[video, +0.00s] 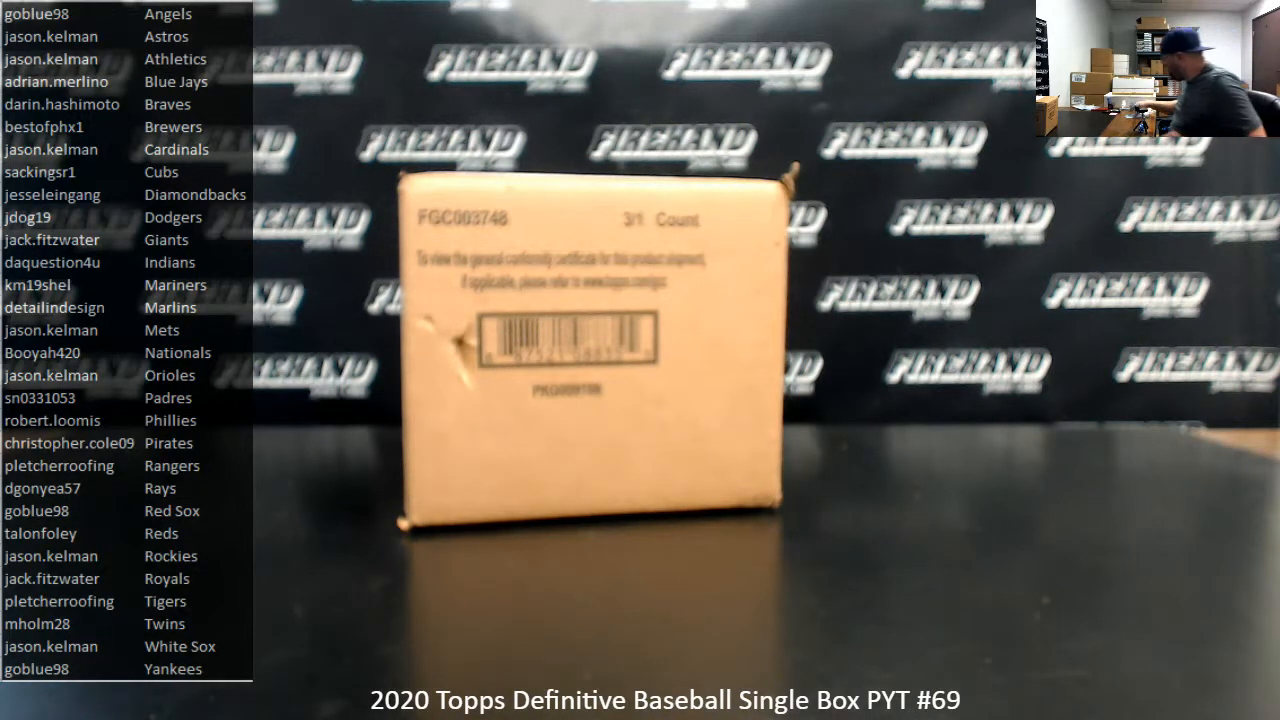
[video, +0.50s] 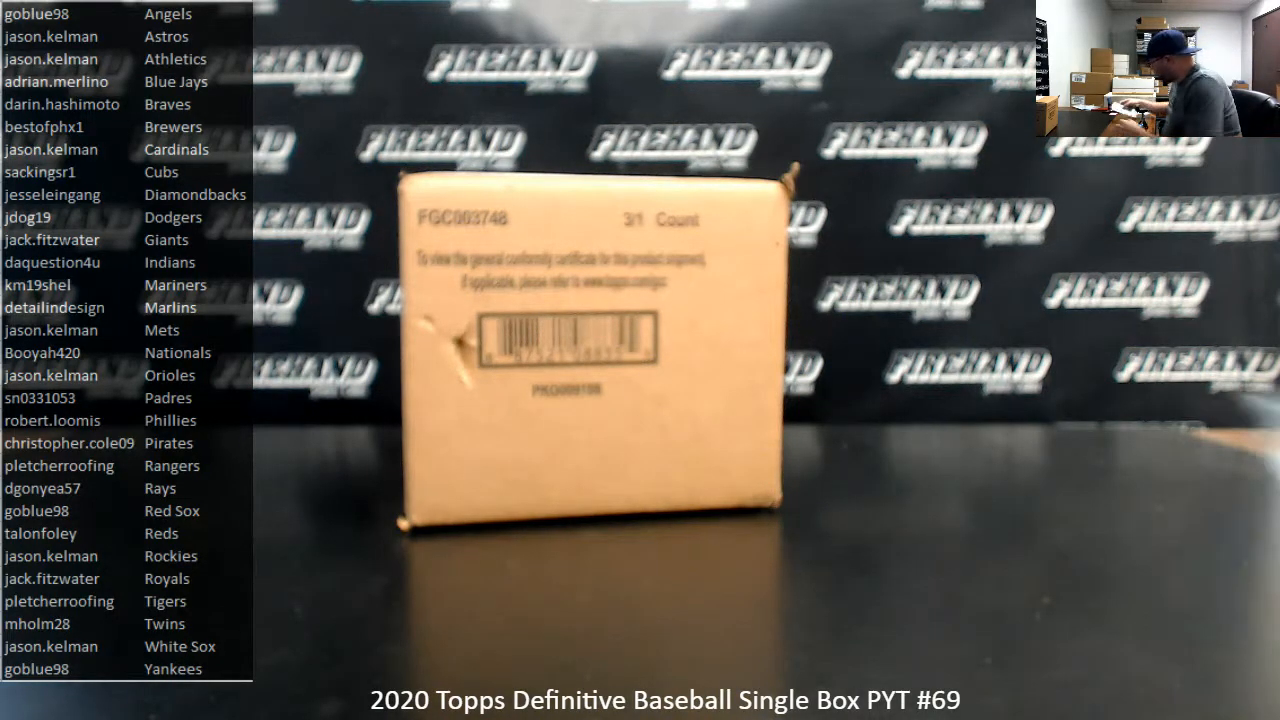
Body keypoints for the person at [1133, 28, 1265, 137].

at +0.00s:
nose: (1164, 66)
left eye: (1165, 59)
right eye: (1163, 60)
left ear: (1179, 57)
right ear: (1180, 57)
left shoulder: (1222, 83)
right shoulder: (1192, 83)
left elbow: (1258, 137)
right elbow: (1181, 108)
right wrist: (1150, 104)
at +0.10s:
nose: (1155, 69)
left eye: (1155, 62)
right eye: (1154, 63)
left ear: (1167, 59)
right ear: (1168, 59)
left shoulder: (1210, 82)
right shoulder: (1183, 82)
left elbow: (1247, 138)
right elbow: (1178, 109)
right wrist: (1149, 104)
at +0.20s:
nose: (1153, 72)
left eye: (1151, 65)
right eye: (1150, 66)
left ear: (1163, 60)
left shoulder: (1206, 83)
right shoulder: (1180, 83)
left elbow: (1240, 138)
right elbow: (1179, 111)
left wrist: (1169, 136)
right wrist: (1149, 104)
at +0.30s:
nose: (1152, 72)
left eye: (1150, 65)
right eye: (1149, 66)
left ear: (1162, 61)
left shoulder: (1205, 83)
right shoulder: (1180, 82)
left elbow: (1232, 141)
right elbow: (1179, 111)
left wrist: (1158, 138)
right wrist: (1149, 104)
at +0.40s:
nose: (1152, 72)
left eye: (1151, 65)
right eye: (1149, 66)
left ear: (1164, 60)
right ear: (1164, 60)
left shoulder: (1207, 84)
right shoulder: (1180, 81)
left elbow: (1217, 146)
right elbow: (1177, 110)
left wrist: (1152, 138)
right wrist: (1146, 104)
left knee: (1130, 130)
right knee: (1127, 128)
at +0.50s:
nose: (1152, 71)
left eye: (1152, 64)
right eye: (1150, 66)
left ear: (1167, 59)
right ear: (1168, 60)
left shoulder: (1205, 84)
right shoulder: (1181, 80)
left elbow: (1202, 149)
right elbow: (1177, 109)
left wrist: (1139, 133)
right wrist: (1142, 104)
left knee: (1119, 127)